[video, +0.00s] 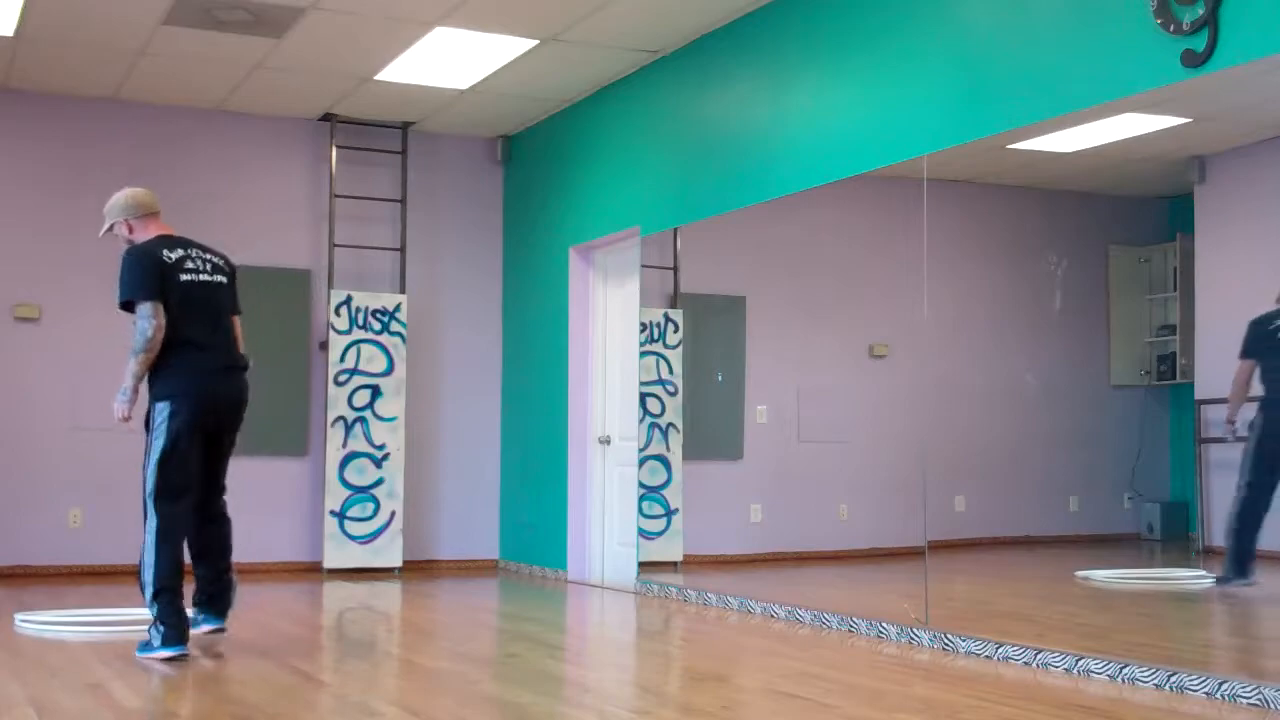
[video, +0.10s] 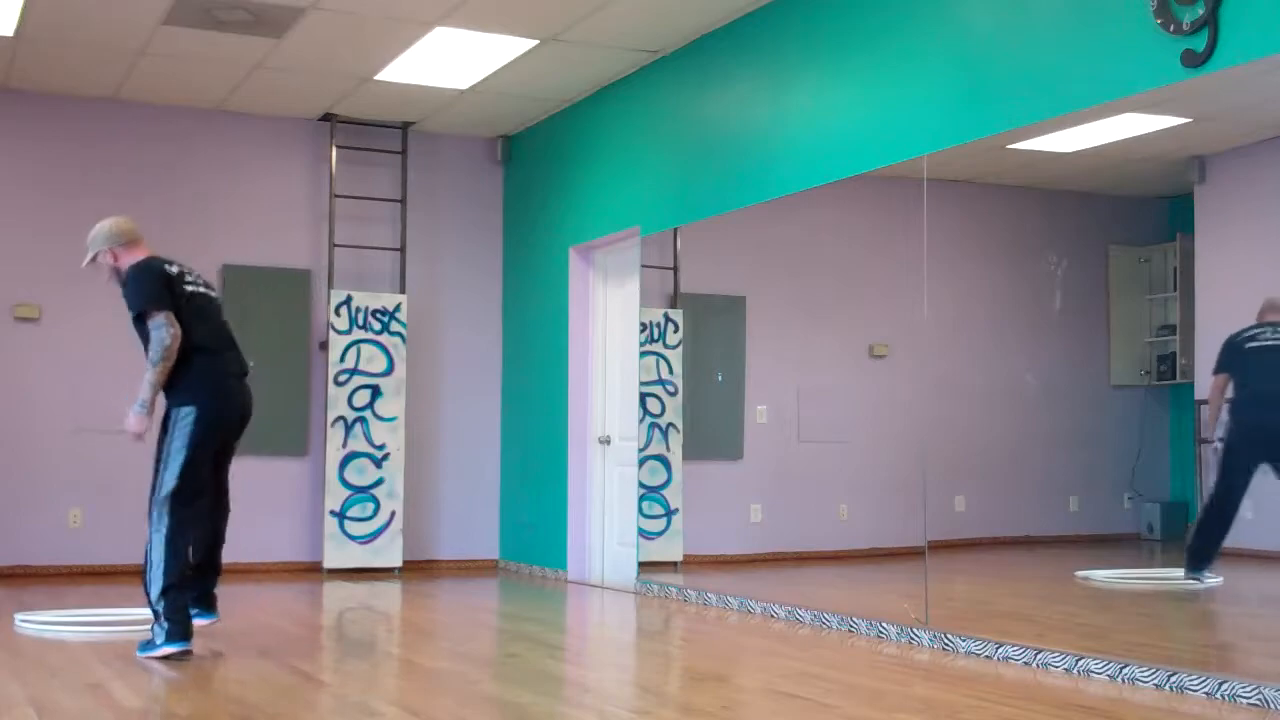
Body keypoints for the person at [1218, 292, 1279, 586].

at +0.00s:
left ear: (1276, 297)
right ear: (1276, 299)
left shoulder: (1264, 325)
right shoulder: (1264, 325)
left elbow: (1243, 377)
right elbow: (1244, 377)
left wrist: (1232, 414)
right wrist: (1233, 414)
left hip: (1273, 418)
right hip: (1271, 417)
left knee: (1255, 491)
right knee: (1255, 491)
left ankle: (1238, 567)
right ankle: (1238, 567)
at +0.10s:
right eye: (1276, 313)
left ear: (1259, 315)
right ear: (1278, 315)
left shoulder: (1239, 340)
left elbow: (1217, 388)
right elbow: (1218, 388)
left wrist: (1211, 429)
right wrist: (1211, 429)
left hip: (1246, 434)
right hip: (1274, 434)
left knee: (1225, 498)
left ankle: (1197, 563)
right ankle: (1198, 563)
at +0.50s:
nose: (1211, 454)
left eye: (1214, 456)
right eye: (1217, 453)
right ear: (1224, 441)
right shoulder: (1227, 418)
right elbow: (1216, 402)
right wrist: (1201, 428)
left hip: (1141, 426)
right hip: (1172, 421)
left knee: (1164, 494)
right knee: (1187, 490)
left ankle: (1177, 571)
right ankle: (1194, 557)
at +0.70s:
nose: (1210, 438)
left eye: (1212, 438)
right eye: (1216, 433)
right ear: (1217, 419)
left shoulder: (1177, 431)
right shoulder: (1205, 402)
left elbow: (1164, 481)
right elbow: (1178, 395)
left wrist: (1175, 529)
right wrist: (1159, 426)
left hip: (1114, 430)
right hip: (1134, 422)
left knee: (1156, 495)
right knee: (1144, 488)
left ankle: (1176, 571)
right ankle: (1085, 527)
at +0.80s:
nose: (1207, 399)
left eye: (1209, 396)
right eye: (1207, 391)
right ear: (1199, 382)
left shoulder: (1169, 411)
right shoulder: (1185, 379)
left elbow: (1145, 465)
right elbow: (1155, 386)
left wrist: (1165, 502)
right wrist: (1138, 426)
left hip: (1122, 436)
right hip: (1113, 424)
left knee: (1147, 502)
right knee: (1125, 496)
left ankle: (1173, 571)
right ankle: (1057, 535)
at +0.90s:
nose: (1186, 360)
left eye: (1186, 355)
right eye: (1183, 354)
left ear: (1172, 355)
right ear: (1172, 353)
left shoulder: (1151, 391)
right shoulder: (1159, 362)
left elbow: (1127, 443)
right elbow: (1130, 376)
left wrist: (1149, 475)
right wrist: (1123, 426)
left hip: (1112, 439)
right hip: (1095, 431)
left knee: (1138, 502)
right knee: (1106, 505)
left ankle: (1165, 568)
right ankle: (1054, 559)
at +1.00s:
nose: (1159, 342)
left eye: (1159, 336)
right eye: (1155, 335)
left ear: (1138, 339)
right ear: (1138, 336)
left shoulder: (1127, 372)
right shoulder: (1123, 355)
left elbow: (1108, 430)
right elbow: (1099, 384)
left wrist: (1139, 452)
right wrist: (1109, 430)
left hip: (1093, 442)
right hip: (1076, 436)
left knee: (1128, 502)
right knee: (1087, 509)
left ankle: (1158, 566)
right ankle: (1047, 567)